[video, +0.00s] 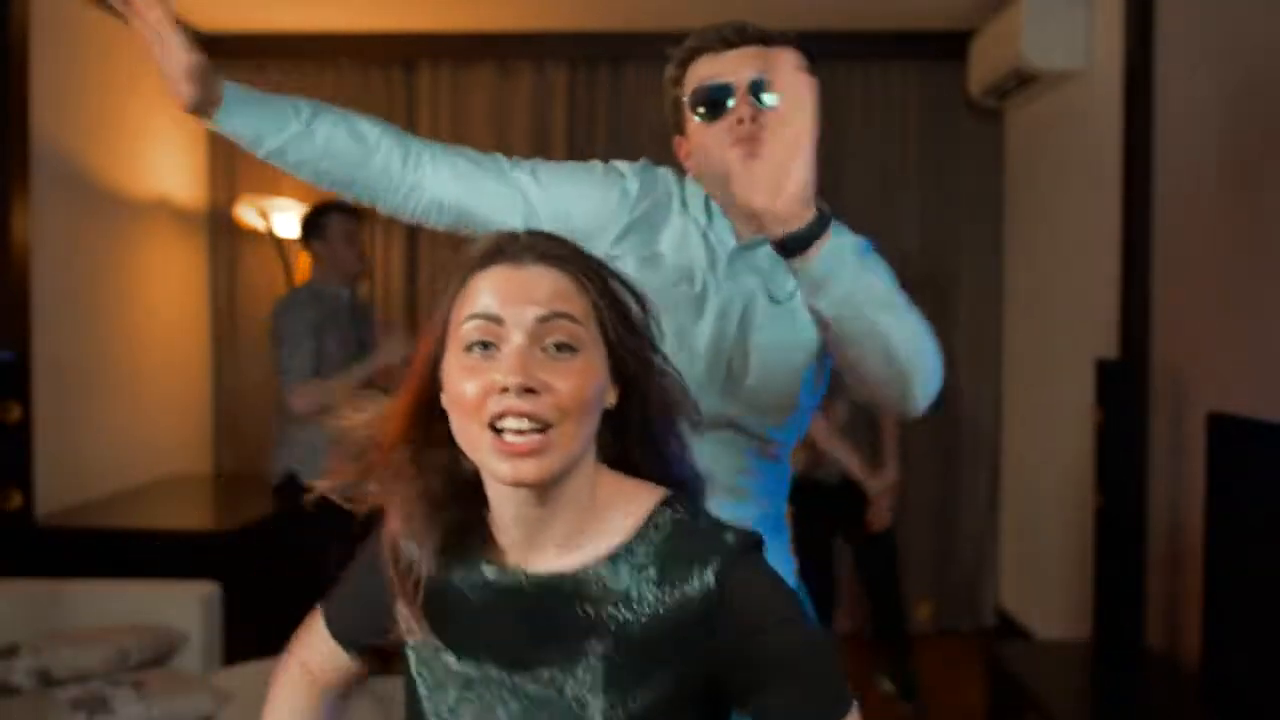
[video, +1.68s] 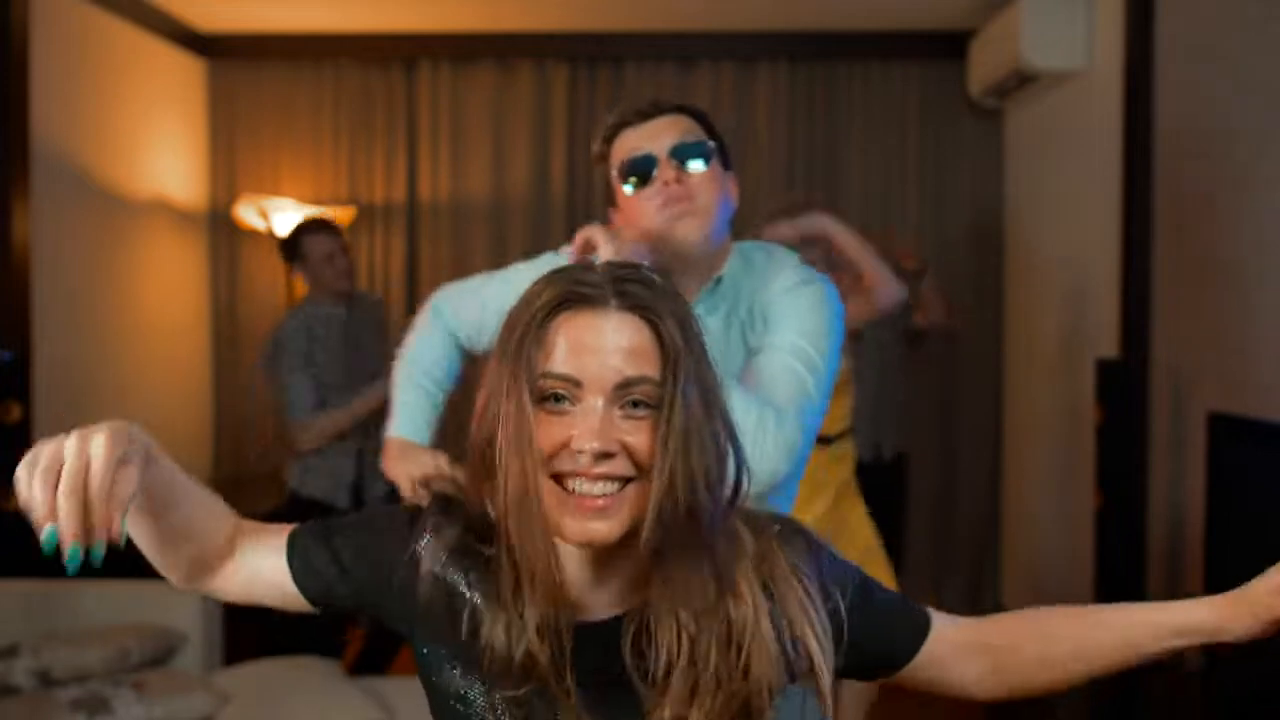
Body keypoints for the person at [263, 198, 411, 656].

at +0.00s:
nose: (360, 251)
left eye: (359, 239)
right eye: (348, 241)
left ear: (355, 244)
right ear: (317, 247)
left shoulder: (357, 307)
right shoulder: (298, 308)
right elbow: (300, 399)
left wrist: (391, 370)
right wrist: (373, 366)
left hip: (354, 472)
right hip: (306, 475)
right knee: (304, 593)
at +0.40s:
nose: (390, 271)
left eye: (393, 261)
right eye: (382, 260)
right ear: (352, 263)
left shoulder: (372, 331)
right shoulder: (330, 325)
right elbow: (307, 408)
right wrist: (394, 430)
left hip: (358, 494)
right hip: (325, 494)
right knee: (325, 616)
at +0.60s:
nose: (384, 276)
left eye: (392, 264)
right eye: (374, 263)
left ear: (401, 268)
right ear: (352, 268)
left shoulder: (384, 334)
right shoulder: (325, 328)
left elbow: (394, 426)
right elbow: (272, 406)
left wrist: (431, 377)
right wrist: (348, 476)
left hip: (364, 503)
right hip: (323, 505)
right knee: (323, 631)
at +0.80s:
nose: (380, 254)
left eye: (383, 244)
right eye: (371, 243)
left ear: (384, 251)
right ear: (341, 247)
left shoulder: (380, 318)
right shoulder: (302, 314)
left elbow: (428, 370)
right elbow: (230, 374)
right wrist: (283, 441)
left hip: (388, 485)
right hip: (332, 487)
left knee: (387, 603)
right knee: (334, 609)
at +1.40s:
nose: (340, 270)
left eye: (339, 258)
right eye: (325, 263)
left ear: (345, 260)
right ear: (297, 276)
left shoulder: (377, 320)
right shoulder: (282, 341)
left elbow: (402, 405)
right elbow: (250, 432)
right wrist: (311, 459)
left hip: (379, 488)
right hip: (315, 495)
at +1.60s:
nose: (340, 271)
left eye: (339, 260)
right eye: (326, 265)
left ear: (345, 260)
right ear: (299, 277)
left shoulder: (379, 323)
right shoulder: (286, 346)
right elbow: (288, 445)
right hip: (319, 496)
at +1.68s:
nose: (342, 264)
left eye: (343, 253)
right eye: (327, 258)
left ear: (351, 256)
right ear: (302, 269)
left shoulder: (373, 314)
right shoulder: (296, 332)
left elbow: (379, 389)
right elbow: (304, 433)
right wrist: (386, 389)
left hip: (378, 486)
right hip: (321, 490)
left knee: (396, 610)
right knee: (322, 614)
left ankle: (357, 686)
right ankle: (315, 688)